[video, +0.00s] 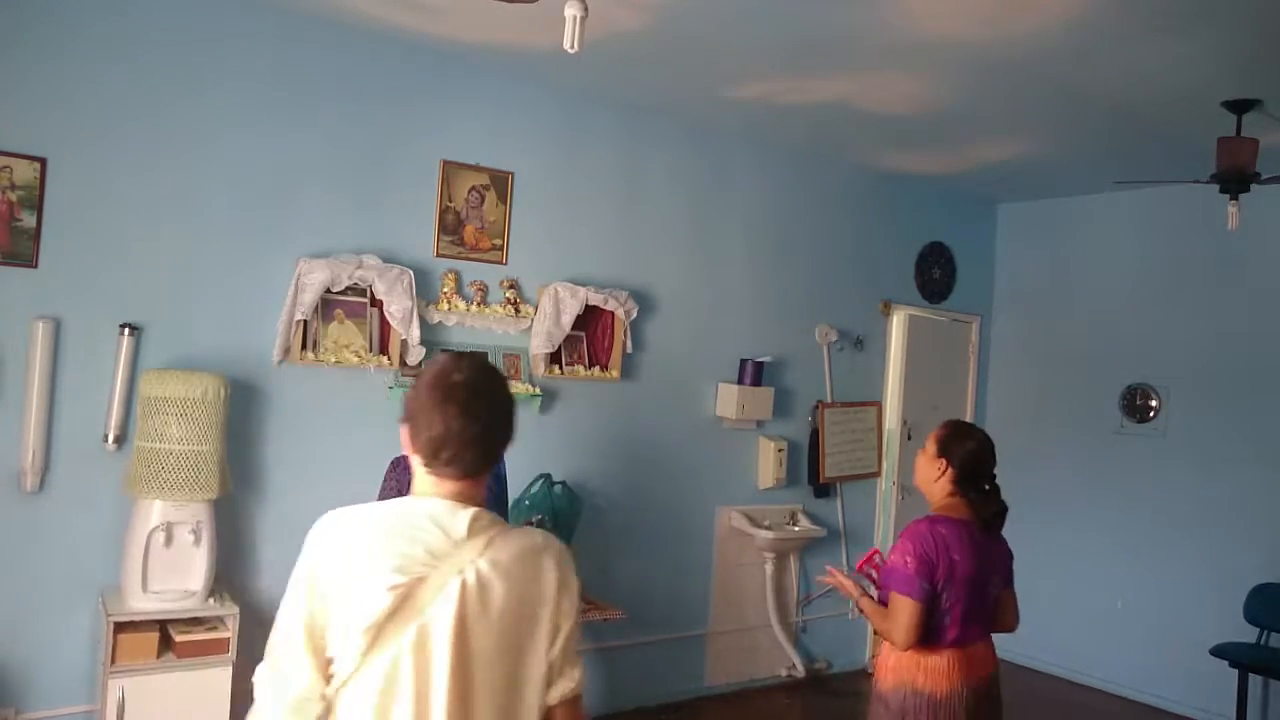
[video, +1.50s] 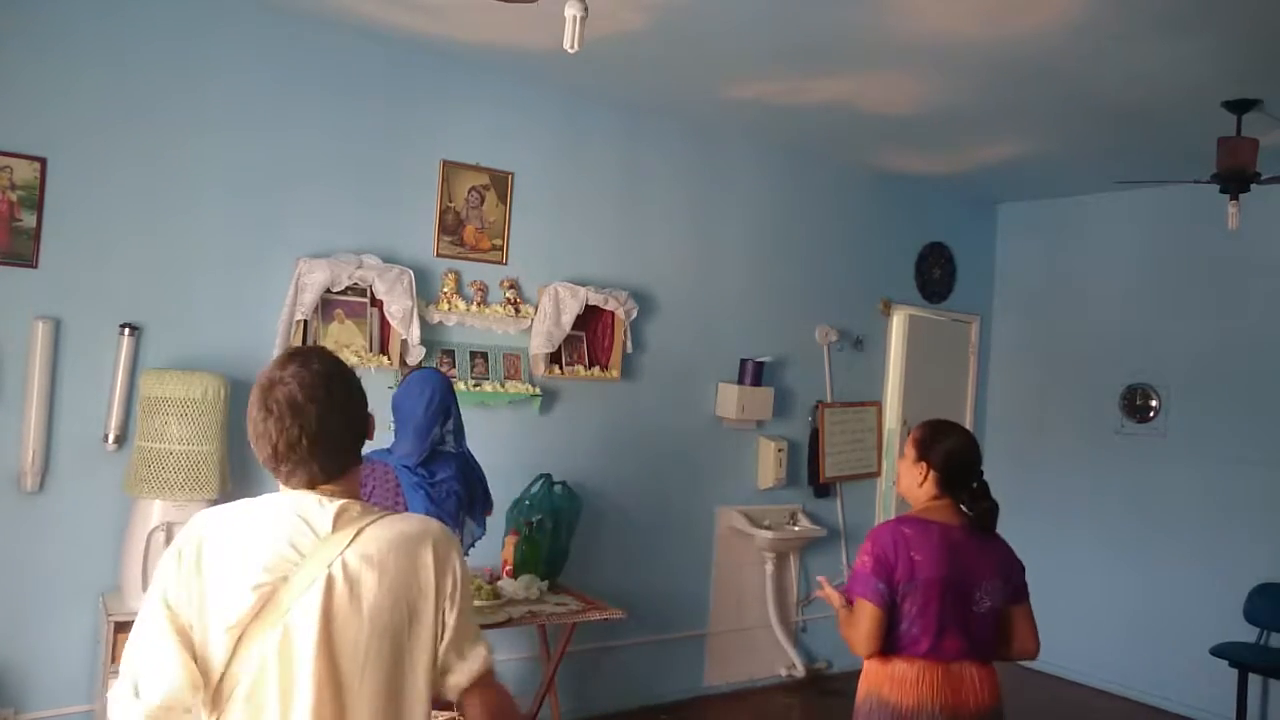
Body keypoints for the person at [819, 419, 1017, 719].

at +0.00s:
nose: (917, 458)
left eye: (923, 451)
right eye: (921, 450)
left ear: (942, 467)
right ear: (979, 472)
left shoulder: (921, 536)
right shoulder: (993, 538)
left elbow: (901, 634)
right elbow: (1006, 619)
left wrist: (858, 596)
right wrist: (951, 614)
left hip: (919, 677)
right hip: (977, 670)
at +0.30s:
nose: (912, 448)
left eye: (922, 442)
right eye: (919, 440)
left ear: (940, 461)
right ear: (945, 463)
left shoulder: (922, 526)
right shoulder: (977, 524)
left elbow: (909, 622)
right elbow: (993, 611)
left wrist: (858, 592)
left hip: (919, 667)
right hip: (970, 661)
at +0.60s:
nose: (908, 452)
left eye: (919, 446)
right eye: (915, 444)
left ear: (939, 463)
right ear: (942, 464)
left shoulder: (923, 529)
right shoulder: (974, 526)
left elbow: (913, 627)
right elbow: (987, 616)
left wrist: (860, 596)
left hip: (914, 668)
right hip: (964, 660)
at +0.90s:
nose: (903, 451)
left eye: (913, 444)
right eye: (909, 444)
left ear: (934, 461)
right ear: (937, 461)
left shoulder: (916, 527)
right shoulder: (973, 526)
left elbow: (904, 624)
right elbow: (990, 617)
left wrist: (853, 595)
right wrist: (925, 606)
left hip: (912, 671)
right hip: (965, 664)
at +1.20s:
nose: (898, 462)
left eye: (905, 453)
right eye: (902, 452)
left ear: (928, 468)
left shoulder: (899, 534)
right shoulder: (985, 542)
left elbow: (876, 635)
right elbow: (1006, 638)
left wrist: (842, 603)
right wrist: (946, 630)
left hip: (902, 687)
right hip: (968, 684)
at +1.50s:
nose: (897, 464)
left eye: (903, 456)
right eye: (901, 455)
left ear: (923, 471)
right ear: (964, 475)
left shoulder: (887, 539)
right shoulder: (996, 548)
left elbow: (864, 644)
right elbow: (1026, 646)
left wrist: (841, 608)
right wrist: (960, 638)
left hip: (898, 694)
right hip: (974, 693)